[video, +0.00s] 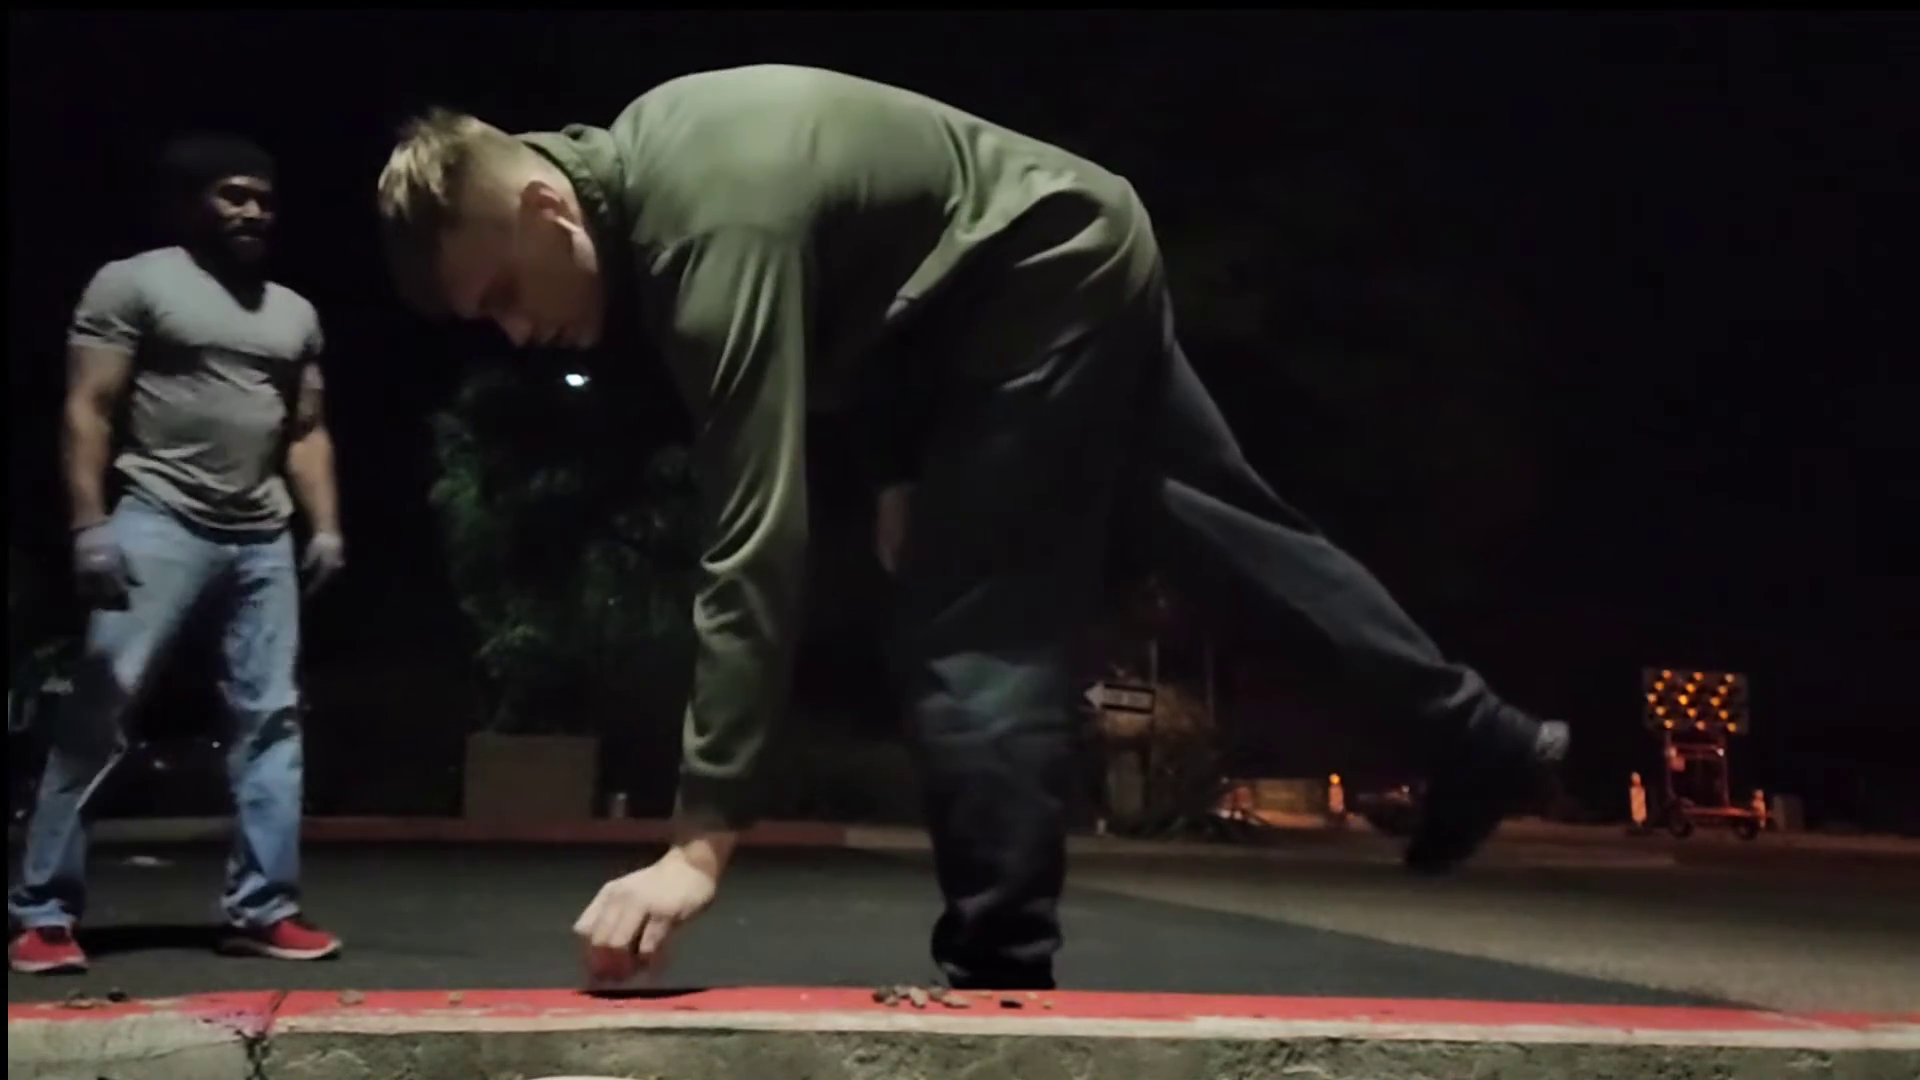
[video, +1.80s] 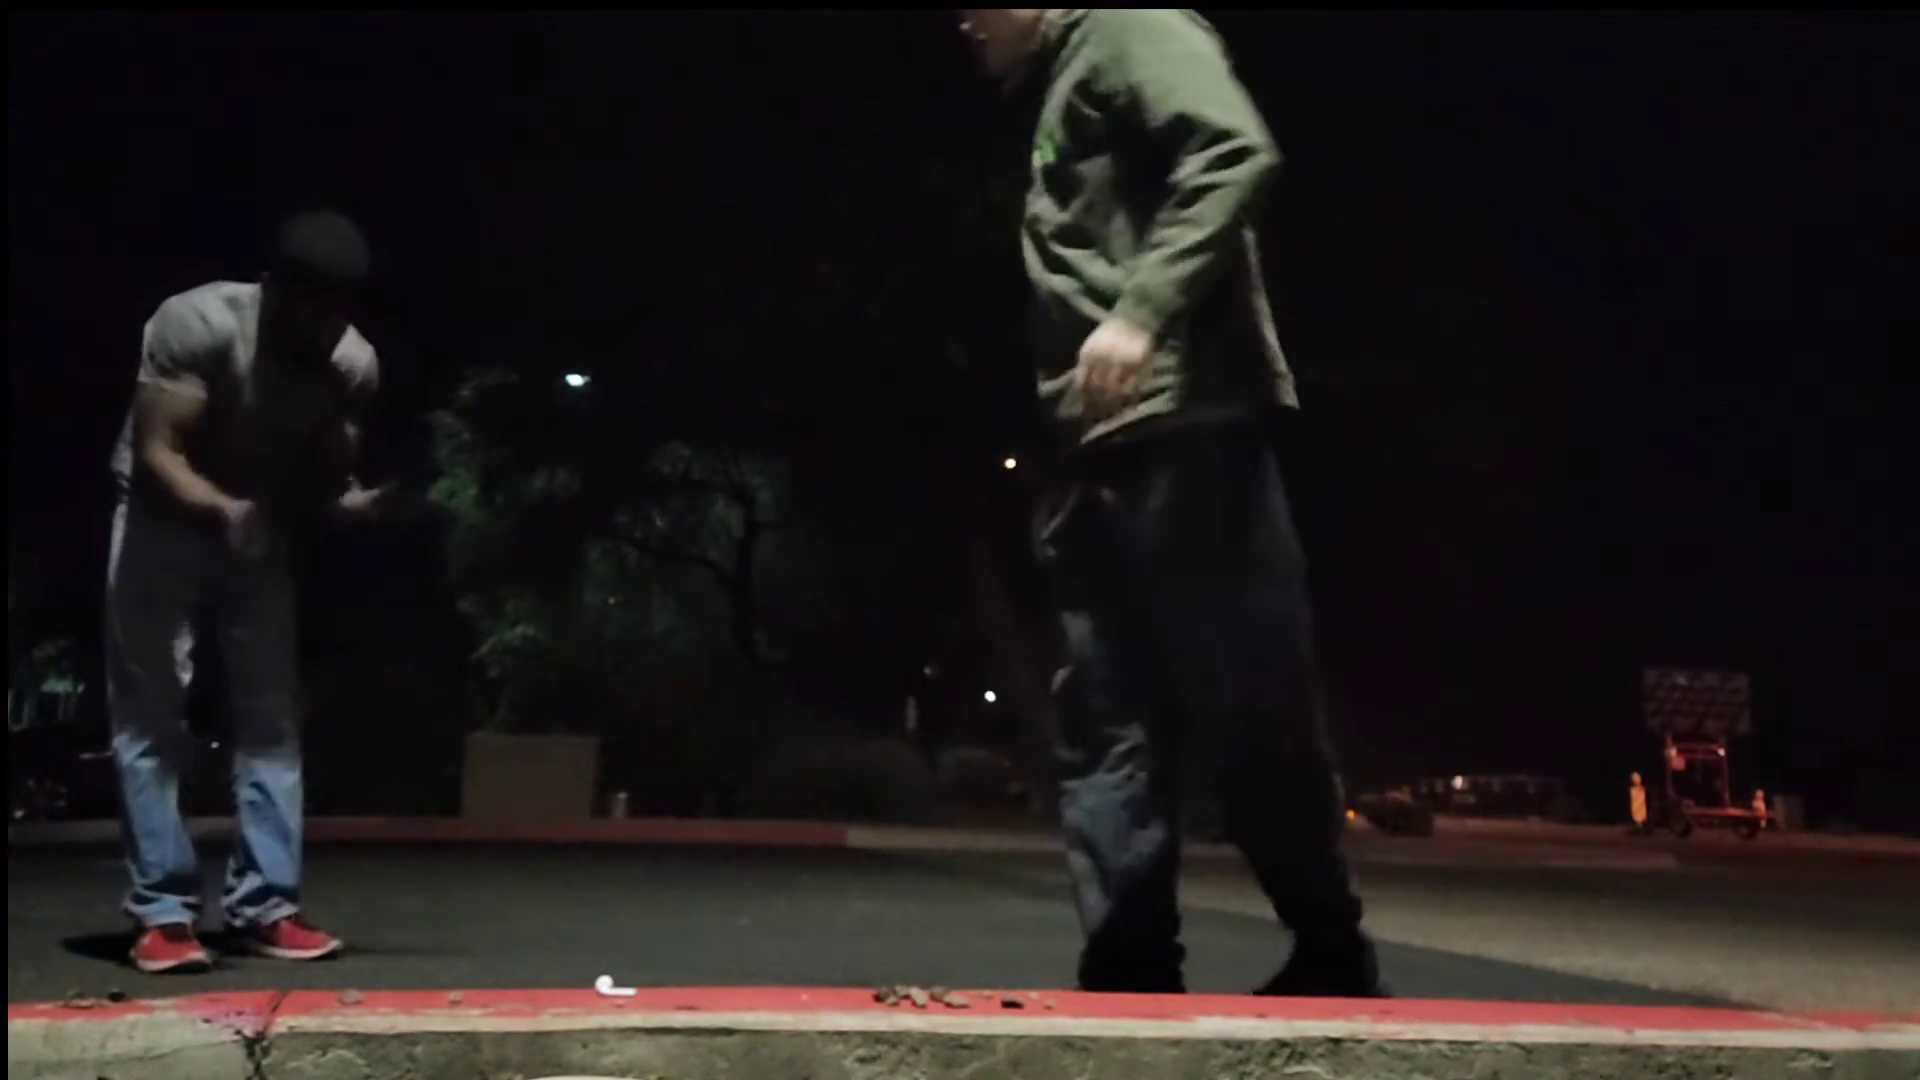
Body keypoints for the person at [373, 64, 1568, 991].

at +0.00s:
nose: (518, 334)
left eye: (505, 299)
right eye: (489, 320)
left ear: (551, 207)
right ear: (540, 205)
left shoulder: (724, 231)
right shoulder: (648, 158)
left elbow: (751, 551)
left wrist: (696, 847)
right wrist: (886, 474)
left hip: (1044, 275)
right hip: (1068, 243)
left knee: (979, 621)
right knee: (1221, 531)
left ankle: (994, 970)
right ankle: (1474, 739)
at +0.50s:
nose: (523, 210)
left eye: (515, 174)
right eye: (500, 192)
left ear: (576, 100)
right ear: (575, 97)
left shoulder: (732, 155)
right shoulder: (689, 100)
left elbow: (804, 449)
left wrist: (790, 739)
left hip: (1050, 292)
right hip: (1088, 266)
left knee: (973, 631)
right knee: (1191, 588)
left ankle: (1002, 954)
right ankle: (1389, 859)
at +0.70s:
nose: (564, 121)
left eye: (560, 82)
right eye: (541, 104)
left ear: (623, 24)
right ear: (628, 27)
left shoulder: (764, 91)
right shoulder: (747, 68)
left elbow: (840, 361)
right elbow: (830, 358)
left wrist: (826, 637)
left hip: (1059, 297)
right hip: (1105, 279)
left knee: (961, 637)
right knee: (1160, 629)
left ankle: (1001, 962)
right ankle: (1281, 933)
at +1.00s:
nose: (695, 66)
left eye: (687, 38)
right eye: (680, 49)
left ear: (738, 5)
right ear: (737, 15)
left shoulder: (861, 36)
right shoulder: (858, 38)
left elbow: (901, 257)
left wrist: (875, 501)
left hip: (1069, 339)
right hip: (1105, 335)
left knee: (998, 648)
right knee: (1071, 664)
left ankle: (1000, 967)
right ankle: (1130, 974)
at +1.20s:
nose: (807, 50)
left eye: (807, 26)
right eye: (796, 37)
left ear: (854, 4)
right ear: (844, 24)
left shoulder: (967, 35)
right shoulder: (941, 55)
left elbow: (1025, 225)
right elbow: (1022, 234)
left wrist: (984, 423)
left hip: (1121, 366)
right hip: (1082, 375)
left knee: (1070, 652)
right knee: (1056, 653)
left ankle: (1011, 943)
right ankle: (1123, 959)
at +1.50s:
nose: (898, 33)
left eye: (905, 15)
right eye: (895, 22)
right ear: (943, 21)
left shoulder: (1070, 30)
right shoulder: (1003, 79)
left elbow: (1135, 208)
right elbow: (1039, 272)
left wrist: (1103, 386)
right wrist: (1032, 427)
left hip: (1155, 389)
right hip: (1088, 405)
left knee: (1133, 674)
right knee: (1090, 681)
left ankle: (1179, 966)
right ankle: (1119, 968)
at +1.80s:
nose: (970, 28)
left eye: (978, 12)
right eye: (966, 20)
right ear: (1011, 23)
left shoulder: (1135, 31)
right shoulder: (1056, 97)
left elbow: (1232, 151)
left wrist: (1138, 314)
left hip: (1192, 446)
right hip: (1093, 463)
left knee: (1247, 699)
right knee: (1102, 719)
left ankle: (1330, 947)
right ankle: (1132, 967)